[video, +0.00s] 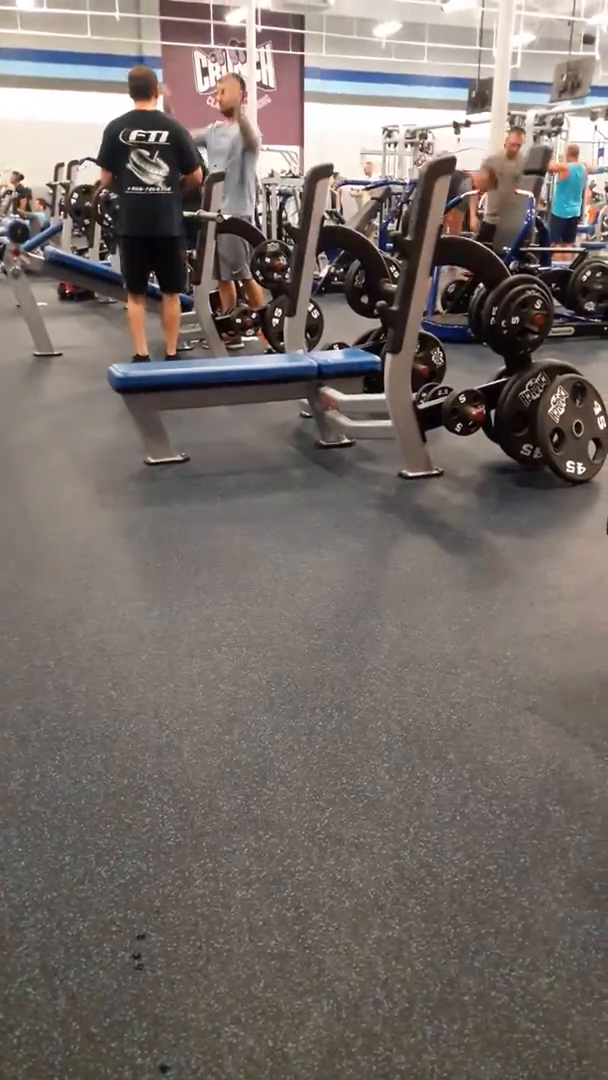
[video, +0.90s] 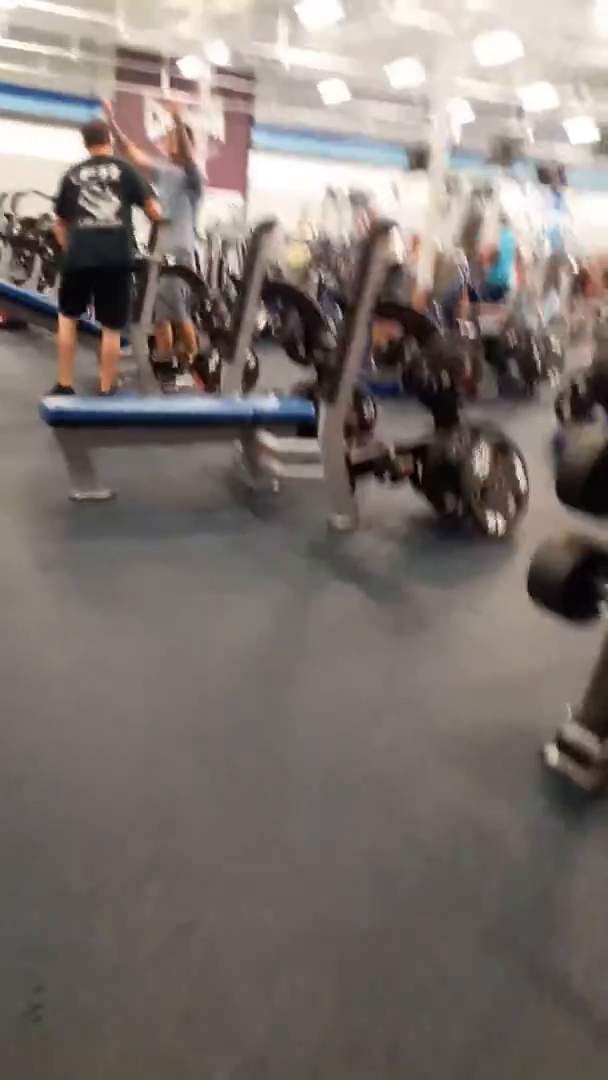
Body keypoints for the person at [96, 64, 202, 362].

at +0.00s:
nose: (158, 91)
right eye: (158, 87)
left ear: (129, 92)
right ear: (157, 91)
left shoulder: (116, 127)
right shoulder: (174, 127)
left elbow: (106, 177)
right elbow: (196, 176)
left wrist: (128, 185)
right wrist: (174, 191)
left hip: (132, 219)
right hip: (166, 219)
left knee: (134, 292)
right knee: (170, 292)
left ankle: (140, 354)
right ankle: (171, 353)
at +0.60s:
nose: (148, 98)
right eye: (148, 93)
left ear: (123, 100)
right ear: (149, 94)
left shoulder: (115, 135)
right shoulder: (167, 127)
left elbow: (109, 180)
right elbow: (195, 168)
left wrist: (118, 211)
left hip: (130, 209)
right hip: (166, 208)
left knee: (121, 283)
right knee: (165, 287)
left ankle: (122, 347)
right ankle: (163, 349)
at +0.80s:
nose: (154, 104)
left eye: (159, 99)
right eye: (155, 98)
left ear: (169, 103)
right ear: (164, 103)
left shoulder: (172, 138)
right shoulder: (156, 135)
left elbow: (156, 173)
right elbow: (150, 171)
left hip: (168, 212)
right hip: (153, 212)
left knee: (169, 270)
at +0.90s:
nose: (168, 146)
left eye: (173, 142)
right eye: (169, 142)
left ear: (184, 148)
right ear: (169, 147)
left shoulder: (192, 178)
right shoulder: (163, 173)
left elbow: (182, 151)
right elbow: (132, 154)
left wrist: (177, 119)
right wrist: (112, 124)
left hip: (181, 250)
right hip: (159, 249)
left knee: (179, 310)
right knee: (160, 313)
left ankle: (194, 364)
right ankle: (163, 365)